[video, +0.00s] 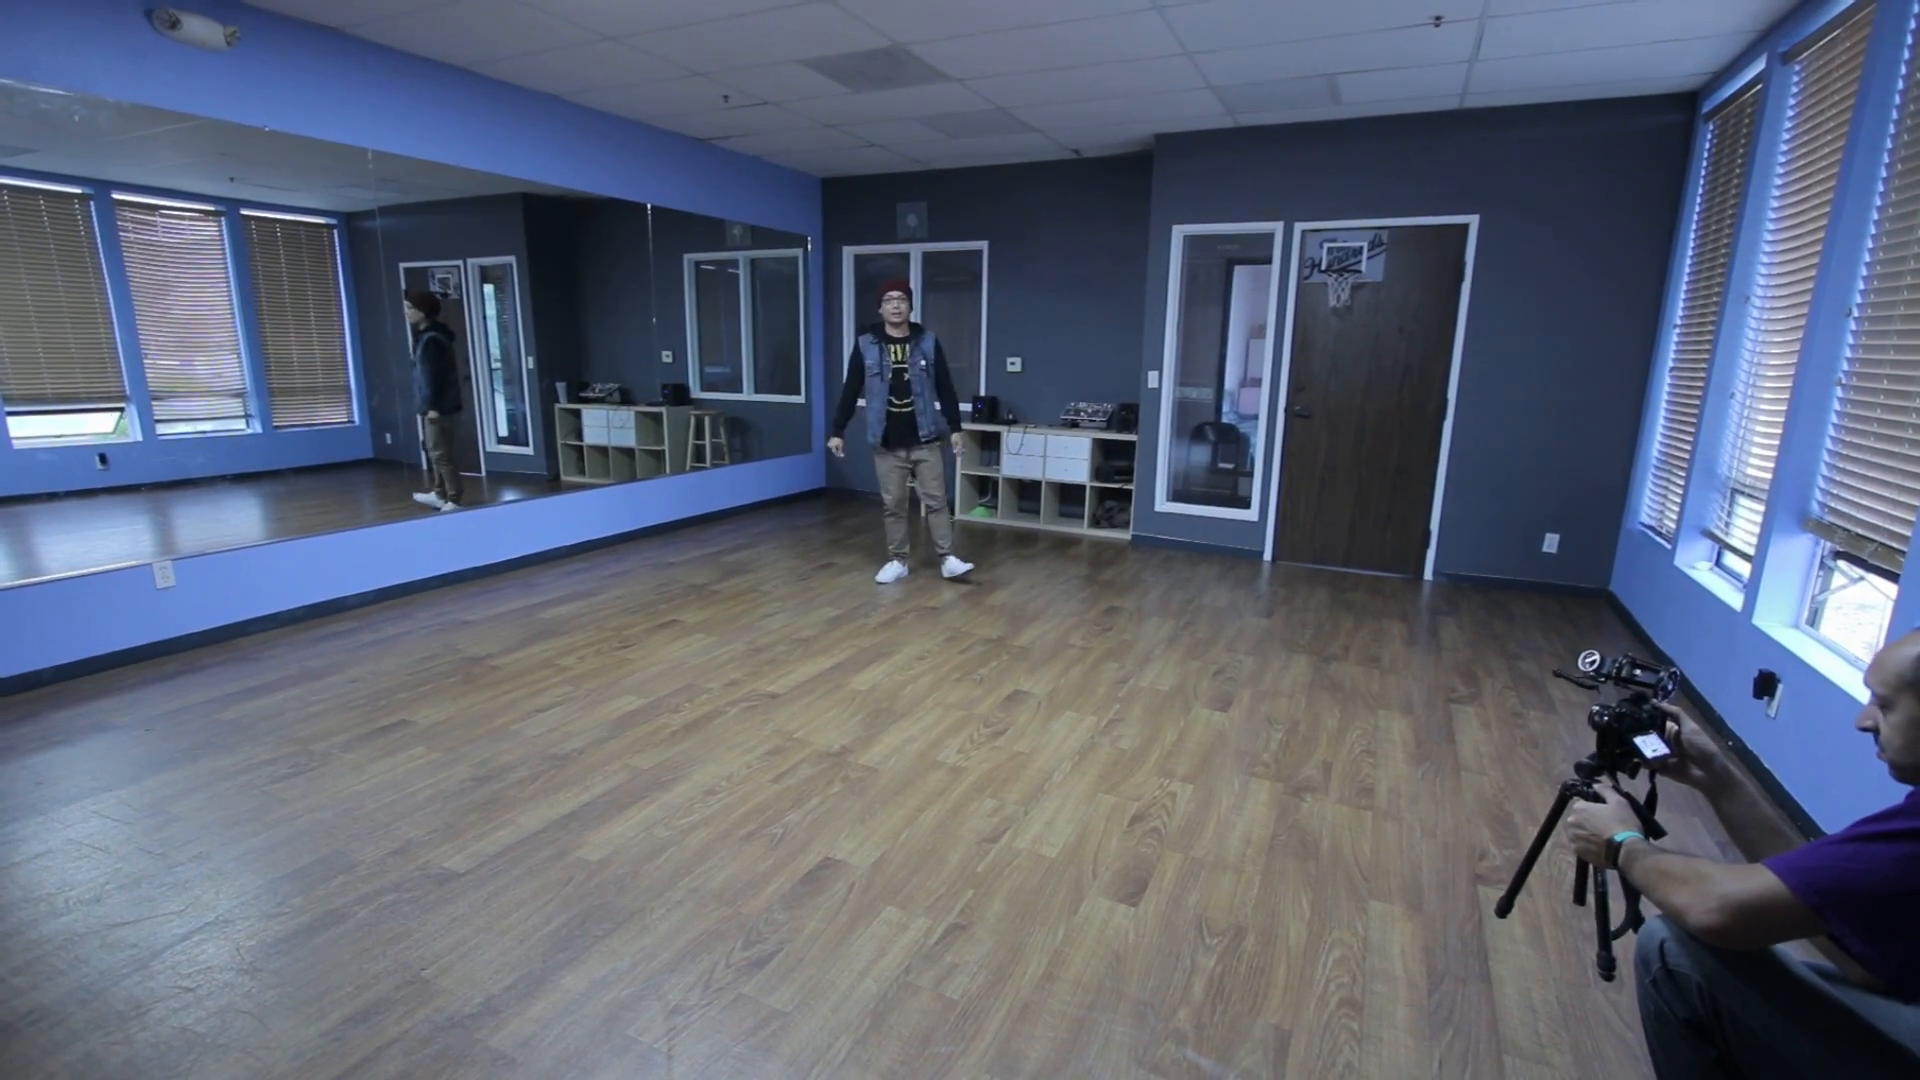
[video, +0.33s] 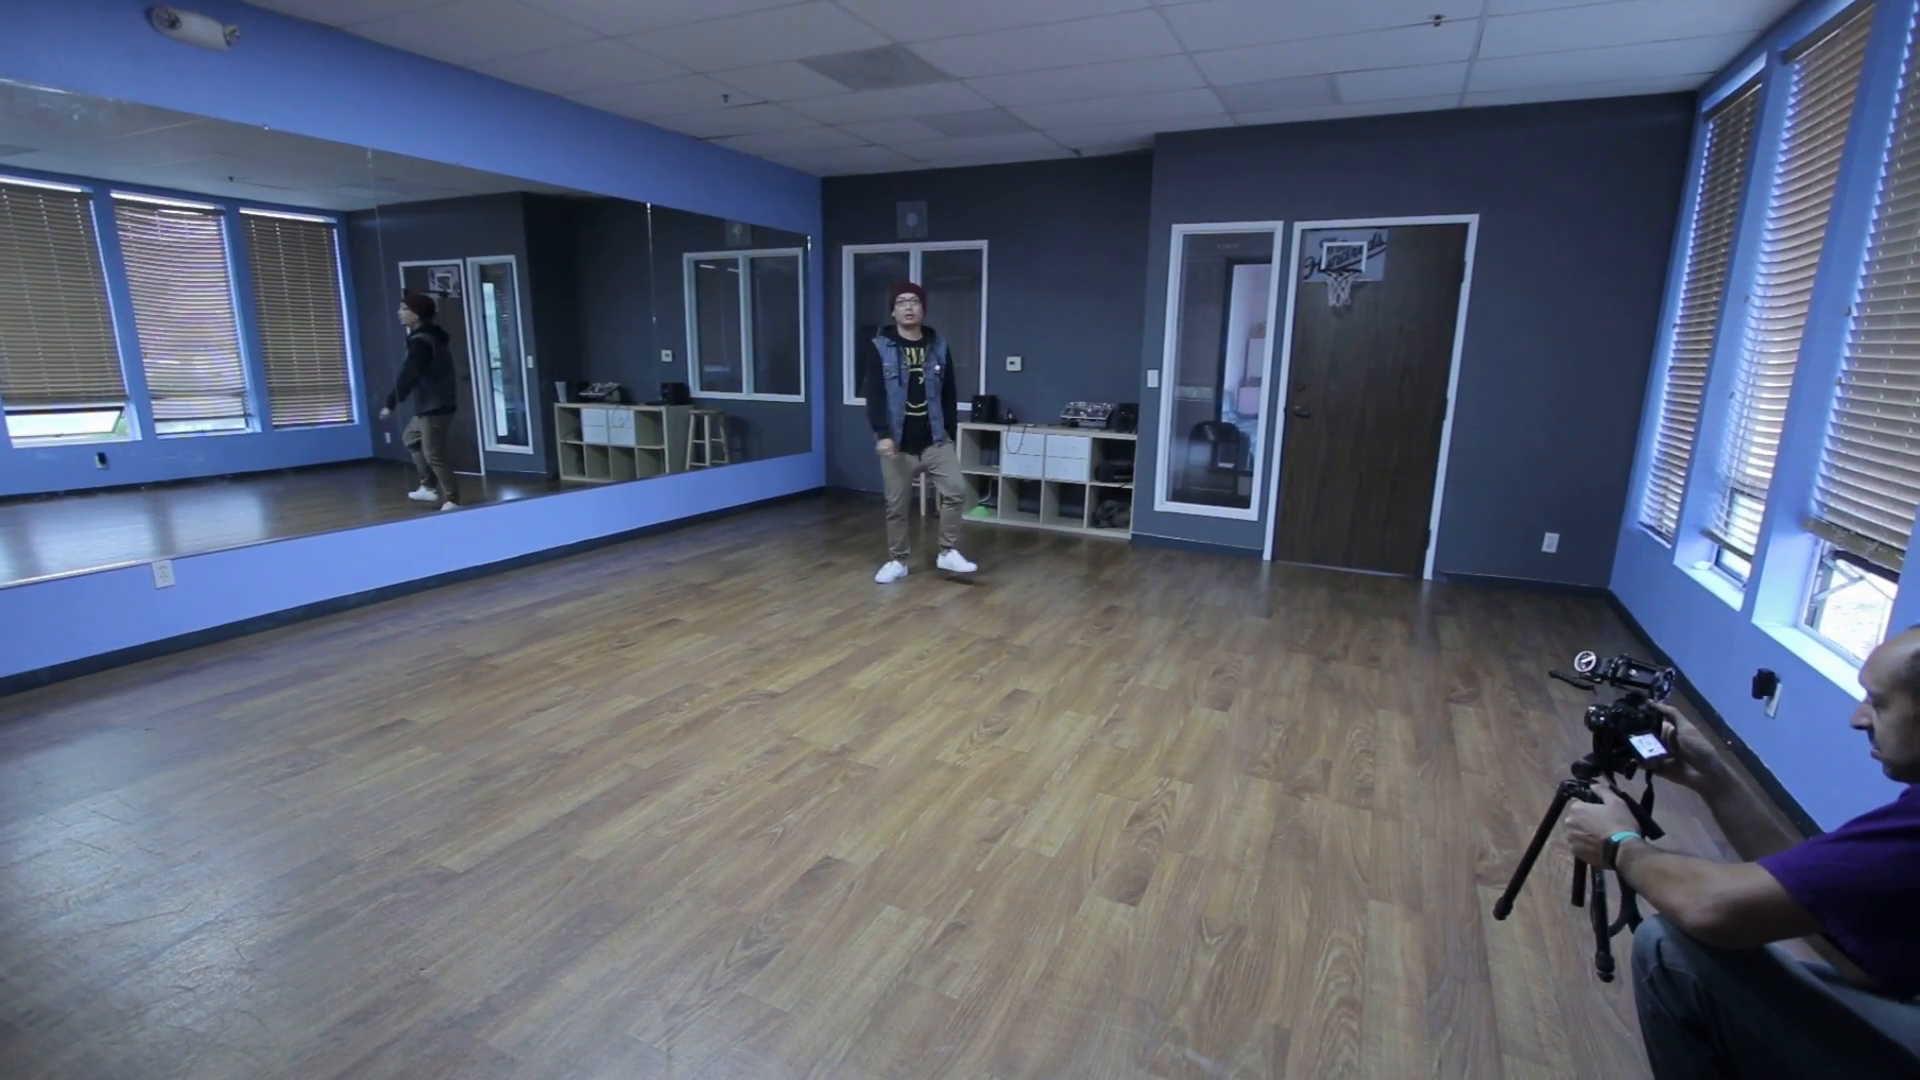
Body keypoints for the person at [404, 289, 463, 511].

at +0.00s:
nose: (407, 313)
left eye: (410, 309)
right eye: (406, 309)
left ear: (423, 312)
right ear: (423, 312)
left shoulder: (432, 340)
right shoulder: (426, 337)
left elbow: (433, 376)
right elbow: (428, 375)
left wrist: (432, 406)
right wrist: (425, 404)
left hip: (439, 406)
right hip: (433, 404)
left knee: (439, 452)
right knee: (433, 451)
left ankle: (453, 497)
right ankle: (438, 491)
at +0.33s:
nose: (400, 313)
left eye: (405, 309)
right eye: (401, 308)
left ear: (417, 314)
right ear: (420, 315)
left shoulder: (422, 341)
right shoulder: (429, 335)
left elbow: (409, 375)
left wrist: (390, 403)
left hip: (435, 406)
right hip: (433, 404)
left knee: (433, 455)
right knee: (411, 437)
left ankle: (451, 499)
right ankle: (428, 488)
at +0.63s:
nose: (384, 312)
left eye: (389, 308)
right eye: (385, 308)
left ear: (400, 313)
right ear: (404, 313)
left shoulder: (403, 338)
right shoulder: (412, 333)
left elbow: (396, 372)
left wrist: (383, 391)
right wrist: (390, 389)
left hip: (423, 402)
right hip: (416, 402)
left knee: (433, 452)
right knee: (415, 452)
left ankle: (453, 498)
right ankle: (422, 498)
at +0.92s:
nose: (367, 321)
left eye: (371, 317)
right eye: (368, 316)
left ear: (382, 318)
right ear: (385, 319)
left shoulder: (391, 343)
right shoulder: (398, 339)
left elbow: (392, 381)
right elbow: (397, 380)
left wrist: (386, 410)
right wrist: (389, 409)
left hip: (409, 407)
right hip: (403, 407)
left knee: (414, 453)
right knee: (398, 454)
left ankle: (436, 499)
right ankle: (419, 496)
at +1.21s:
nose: (355, 317)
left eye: (358, 312)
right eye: (355, 312)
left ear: (371, 314)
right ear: (370, 314)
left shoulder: (383, 337)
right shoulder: (377, 336)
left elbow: (392, 371)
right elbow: (383, 375)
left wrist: (397, 401)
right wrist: (380, 403)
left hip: (397, 404)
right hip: (404, 403)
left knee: (392, 451)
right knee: (411, 452)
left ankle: (400, 497)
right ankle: (422, 497)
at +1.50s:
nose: (344, 319)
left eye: (347, 315)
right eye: (344, 315)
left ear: (359, 317)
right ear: (366, 316)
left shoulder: (368, 340)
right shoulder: (380, 335)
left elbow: (375, 377)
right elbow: (382, 376)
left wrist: (373, 411)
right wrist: (380, 406)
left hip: (381, 409)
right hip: (392, 406)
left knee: (364, 452)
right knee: (397, 452)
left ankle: (363, 501)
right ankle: (421, 496)